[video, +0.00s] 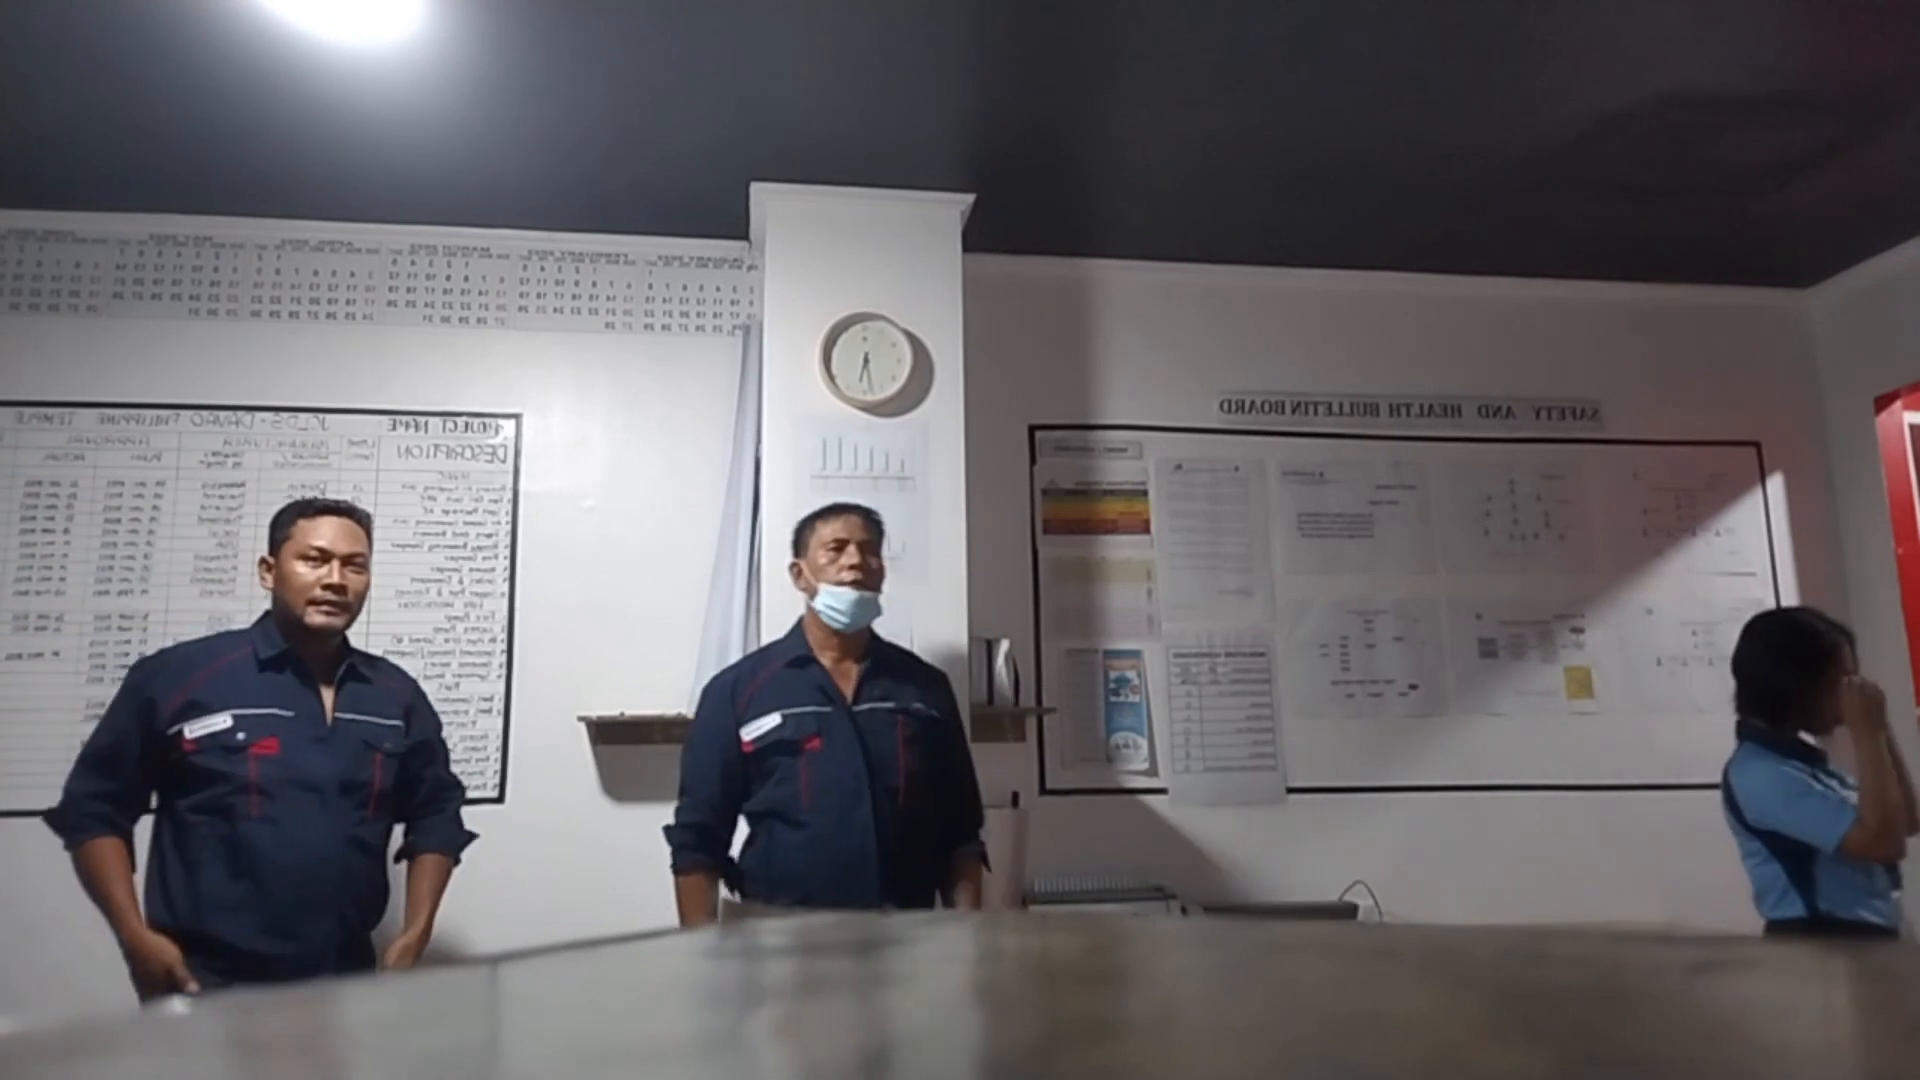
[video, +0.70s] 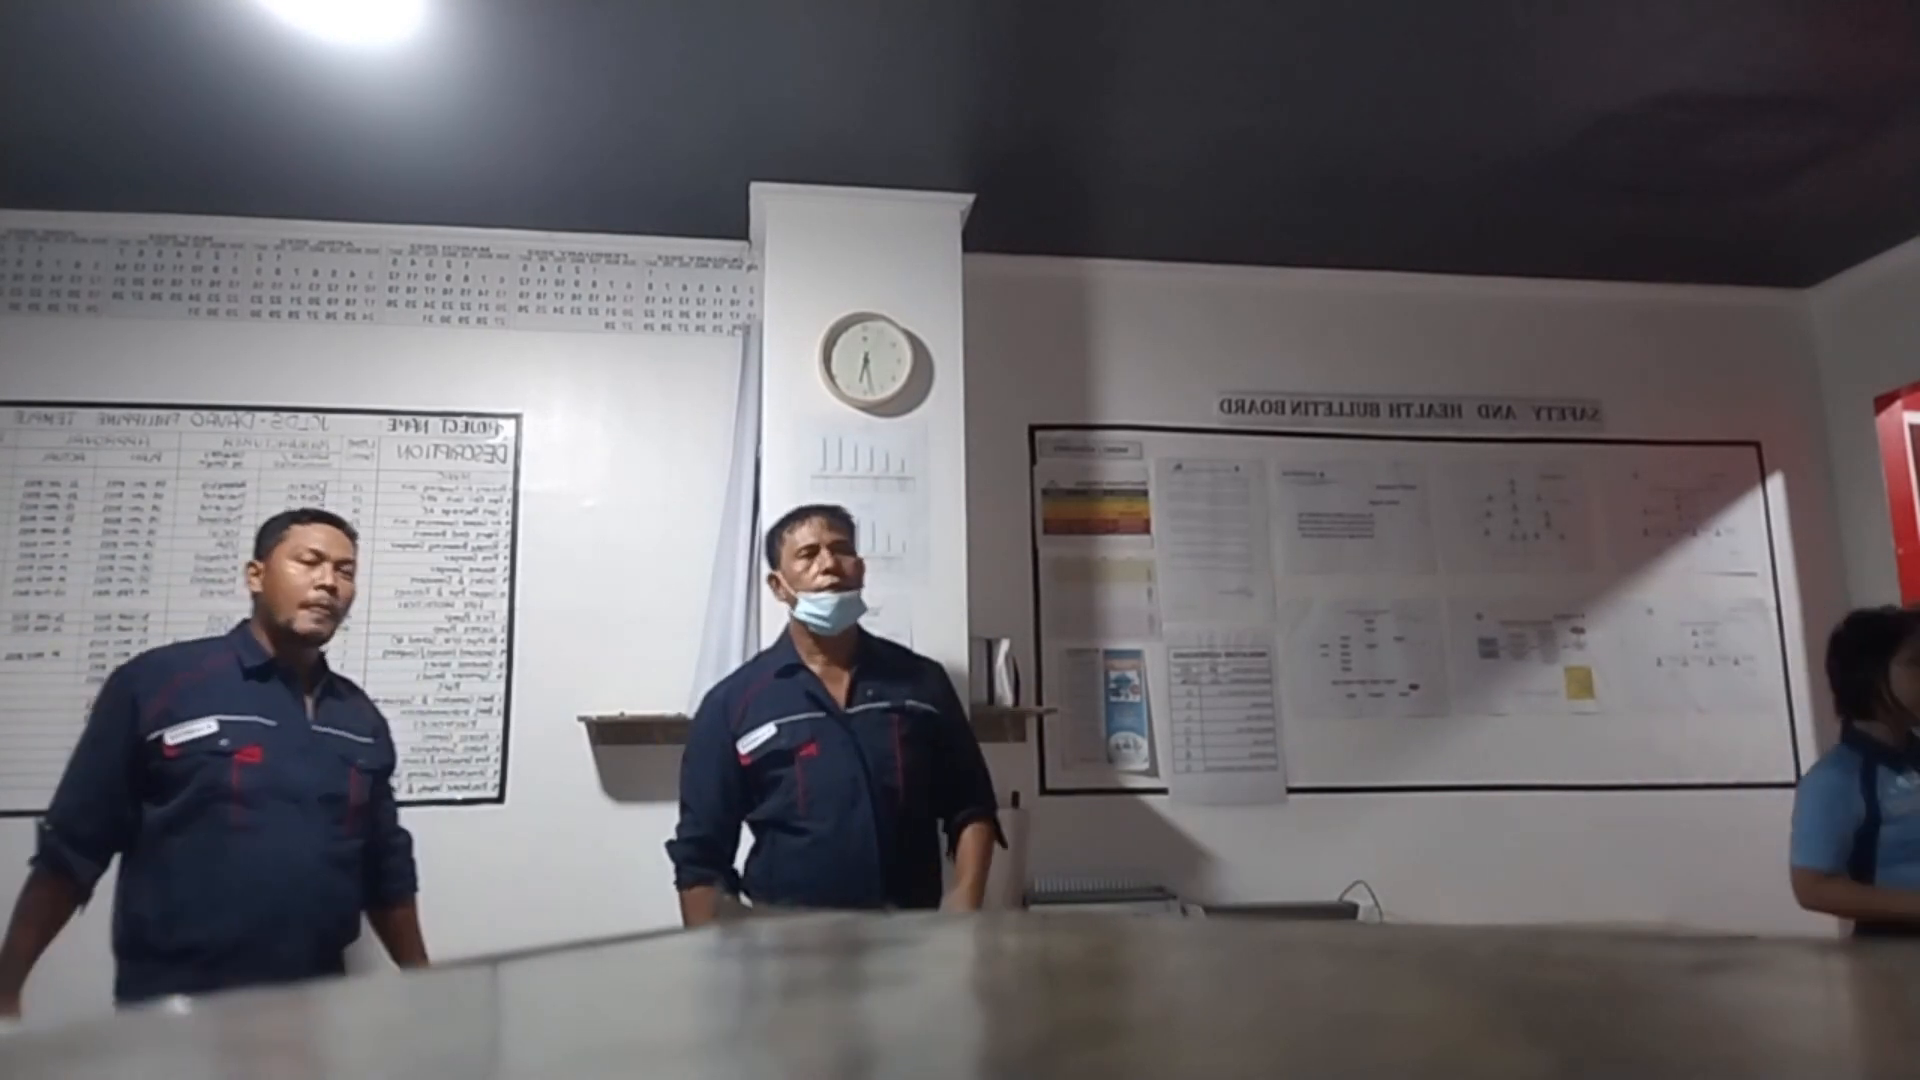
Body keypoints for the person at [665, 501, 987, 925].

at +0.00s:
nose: (856, 561)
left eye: (869, 550)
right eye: (835, 550)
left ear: (882, 572)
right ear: (801, 575)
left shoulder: (927, 688)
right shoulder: (736, 694)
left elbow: (961, 836)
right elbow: (696, 843)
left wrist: (967, 947)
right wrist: (704, 966)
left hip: (908, 943)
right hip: (782, 944)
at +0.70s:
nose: (830, 564)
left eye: (841, 550)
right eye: (808, 555)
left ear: (860, 568)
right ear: (779, 586)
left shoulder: (924, 684)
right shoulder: (733, 706)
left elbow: (975, 810)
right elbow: (701, 863)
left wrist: (960, 917)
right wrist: (724, 977)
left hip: (910, 943)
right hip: (788, 949)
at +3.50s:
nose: (974, 559)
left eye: (988, 552)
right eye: (956, 546)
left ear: (1002, 579)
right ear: (919, 569)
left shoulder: (1034, 694)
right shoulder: (845, 688)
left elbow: (1076, 833)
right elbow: (801, 831)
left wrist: (1100, 939)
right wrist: (810, 954)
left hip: (1009, 949)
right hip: (883, 949)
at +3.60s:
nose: (984, 563)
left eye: (1000, 554)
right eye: (967, 549)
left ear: (1013, 579)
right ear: (930, 571)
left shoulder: (1045, 696)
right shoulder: (856, 689)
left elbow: (1088, 834)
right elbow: (810, 830)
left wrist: (1113, 943)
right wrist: (819, 953)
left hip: (1019, 948)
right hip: (892, 948)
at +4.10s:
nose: (983, 571)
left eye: (1000, 563)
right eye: (967, 555)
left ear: (1016, 588)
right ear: (933, 575)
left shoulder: (1047, 703)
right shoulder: (856, 689)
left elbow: (1070, 859)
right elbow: (808, 828)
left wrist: (1065, 963)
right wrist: (805, 953)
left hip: (1013, 954)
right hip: (887, 952)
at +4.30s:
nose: (958, 569)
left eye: (973, 560)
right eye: (941, 554)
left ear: (988, 584)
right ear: (905, 575)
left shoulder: (1019, 700)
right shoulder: (831, 689)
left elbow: (1051, 850)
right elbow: (783, 832)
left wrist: (1057, 955)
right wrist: (783, 954)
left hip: (995, 949)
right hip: (866, 949)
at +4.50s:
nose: (919, 567)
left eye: (936, 558)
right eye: (902, 553)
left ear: (949, 584)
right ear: (868, 574)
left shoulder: (992, 693)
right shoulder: (800, 691)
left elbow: (1025, 837)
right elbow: (755, 831)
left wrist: (1033, 948)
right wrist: (757, 950)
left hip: (965, 947)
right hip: (837, 948)